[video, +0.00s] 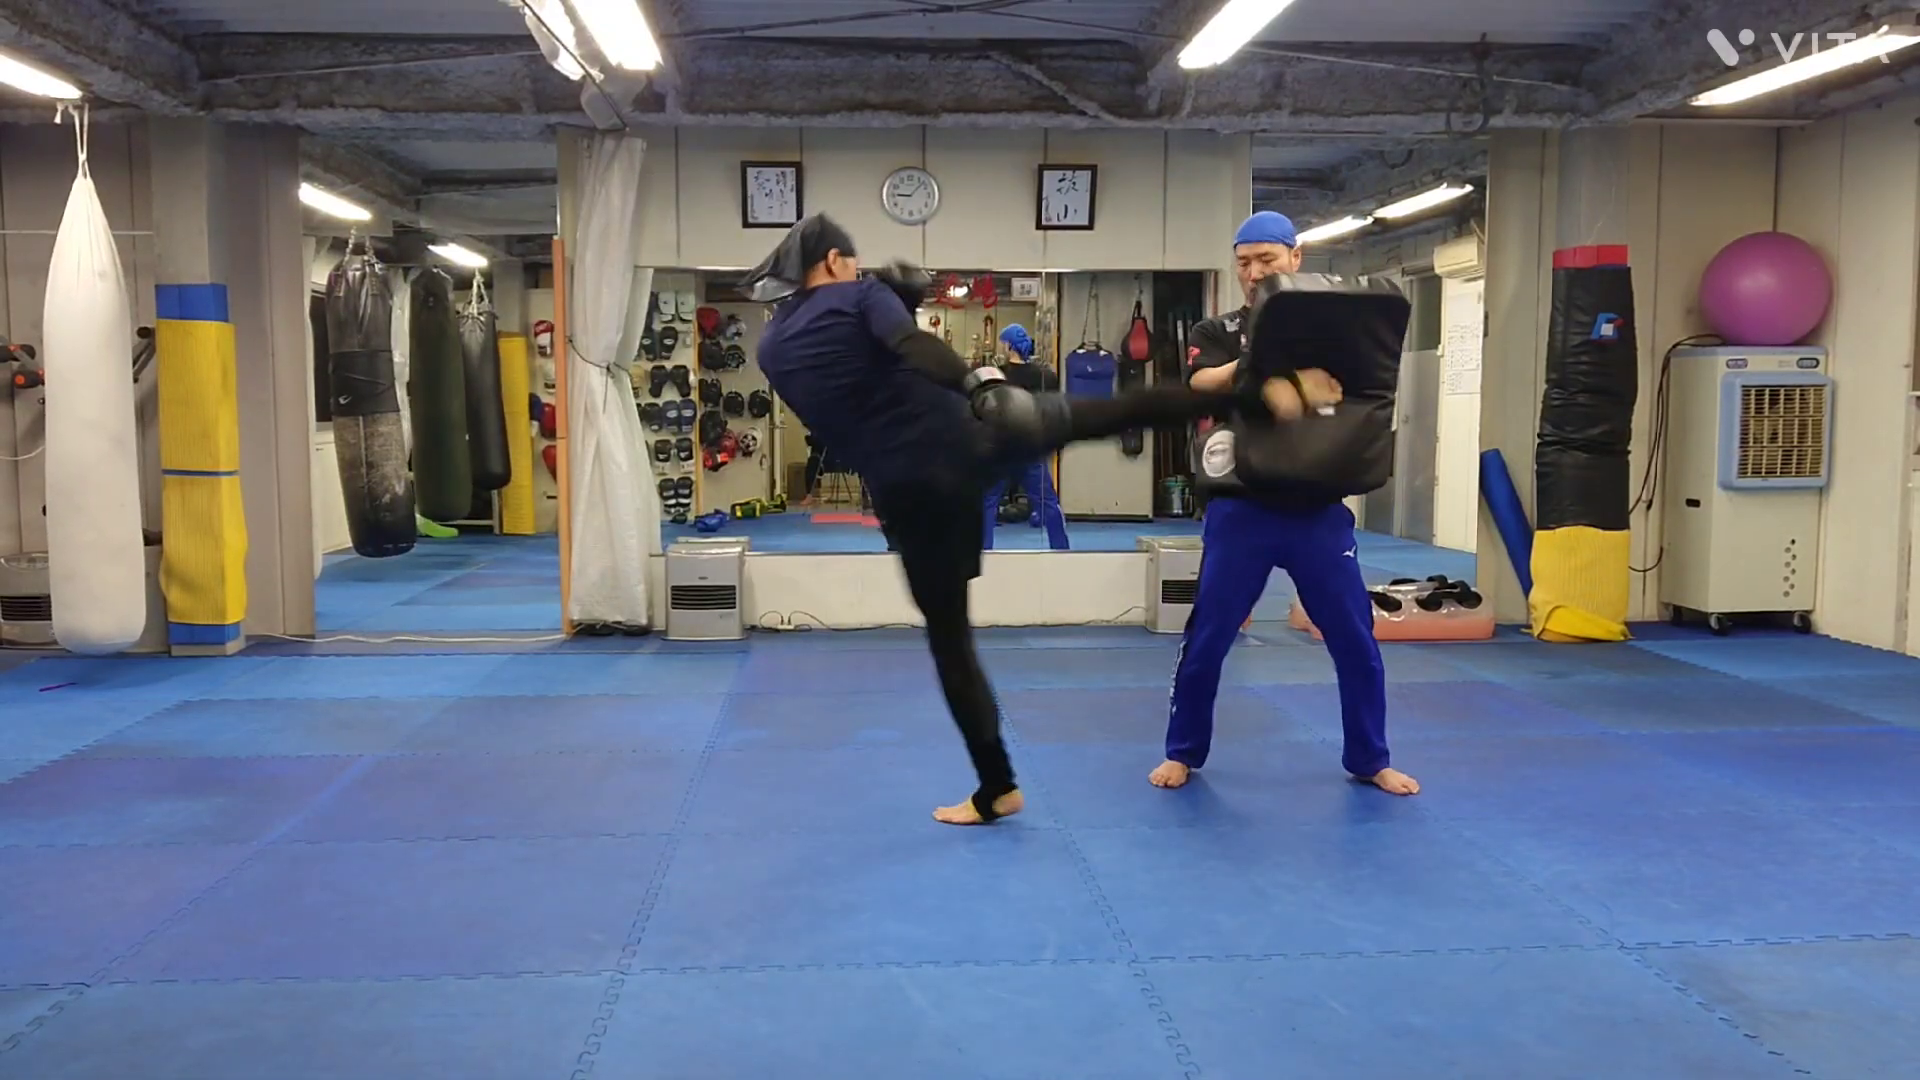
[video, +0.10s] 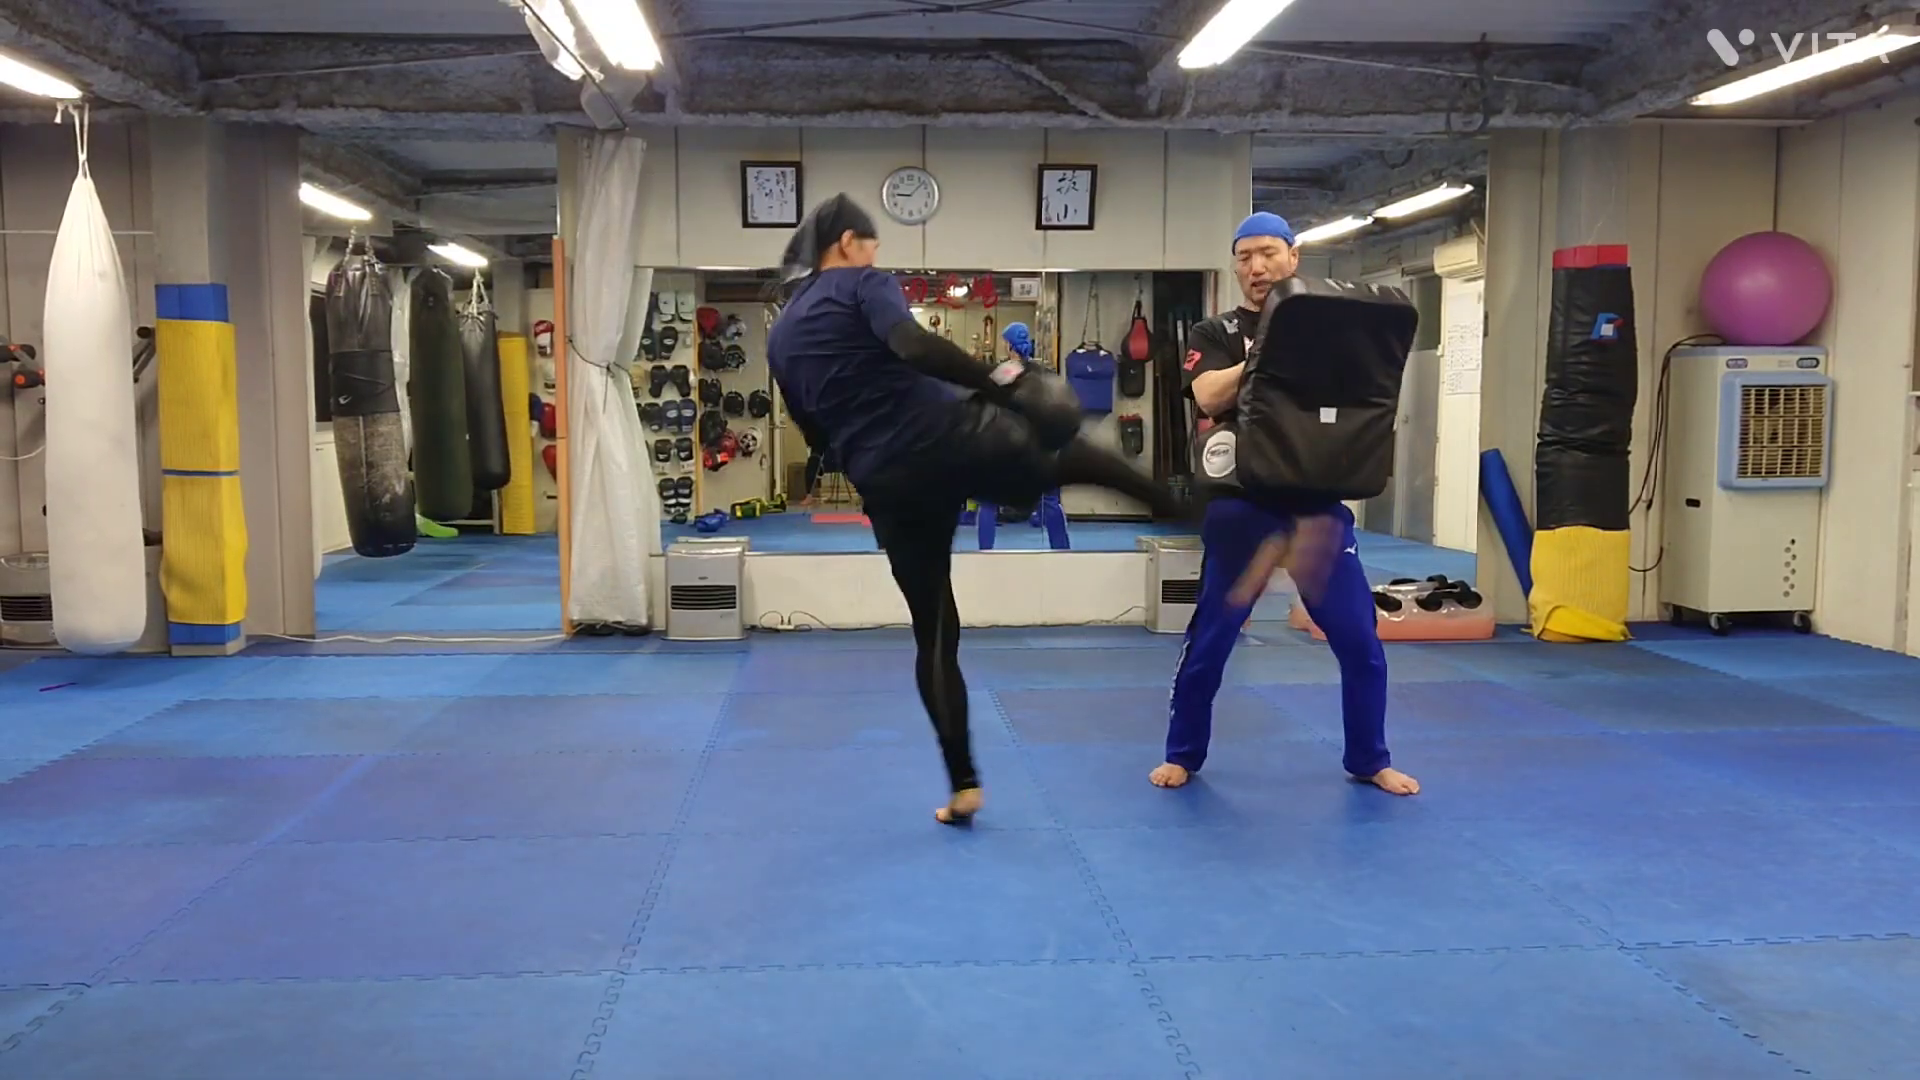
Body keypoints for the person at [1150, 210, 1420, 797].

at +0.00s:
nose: (1257, 272)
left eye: (1268, 259)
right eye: (1246, 262)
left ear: (1296, 259)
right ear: (1235, 268)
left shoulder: (1327, 323)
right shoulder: (1220, 331)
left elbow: (1338, 398)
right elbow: (1199, 384)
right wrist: (1266, 365)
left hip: (1319, 514)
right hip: (1238, 512)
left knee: (1357, 643)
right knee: (1206, 640)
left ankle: (1369, 762)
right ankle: (1182, 753)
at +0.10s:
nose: (1258, 266)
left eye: (1268, 252)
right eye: (1246, 256)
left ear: (1294, 258)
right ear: (1233, 268)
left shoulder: (1322, 321)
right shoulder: (1215, 332)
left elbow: (1344, 388)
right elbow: (1205, 396)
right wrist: (1268, 352)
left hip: (1319, 505)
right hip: (1241, 505)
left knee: (1362, 645)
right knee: (1210, 639)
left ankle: (1369, 761)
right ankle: (1182, 756)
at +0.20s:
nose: (1257, 253)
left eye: (1268, 242)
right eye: (1246, 244)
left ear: (1292, 251)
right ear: (1233, 257)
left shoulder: (1320, 317)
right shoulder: (1213, 324)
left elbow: (1349, 383)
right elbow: (1208, 393)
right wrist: (1272, 359)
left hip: (1320, 507)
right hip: (1242, 507)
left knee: (1364, 628)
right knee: (1211, 634)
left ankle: (1370, 756)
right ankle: (1180, 755)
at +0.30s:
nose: (1257, 252)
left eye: (1268, 241)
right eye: (1246, 244)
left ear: (1294, 249)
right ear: (1236, 257)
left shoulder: (1324, 316)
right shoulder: (1217, 323)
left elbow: (1359, 374)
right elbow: (1214, 392)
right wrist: (1279, 363)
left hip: (1324, 503)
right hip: (1248, 505)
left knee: (1370, 616)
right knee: (1217, 626)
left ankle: (1377, 745)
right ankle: (1182, 752)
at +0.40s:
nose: (1267, 262)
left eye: (1278, 250)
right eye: (1256, 253)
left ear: (1303, 257)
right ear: (1245, 266)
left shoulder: (1331, 329)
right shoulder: (1226, 333)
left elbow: (1367, 390)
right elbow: (1228, 402)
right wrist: (1283, 370)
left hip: (1333, 510)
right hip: (1257, 511)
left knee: (1381, 622)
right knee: (1219, 629)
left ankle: (1378, 714)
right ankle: (1183, 752)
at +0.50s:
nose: (1282, 271)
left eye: (1292, 259)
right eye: (1271, 264)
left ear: (1319, 264)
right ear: (1263, 277)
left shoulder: (1359, 340)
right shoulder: (1249, 344)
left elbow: (1387, 405)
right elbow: (1242, 416)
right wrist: (1297, 386)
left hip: (1350, 517)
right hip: (1275, 516)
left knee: (1382, 626)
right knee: (1229, 627)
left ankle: (1393, 722)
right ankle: (1184, 751)